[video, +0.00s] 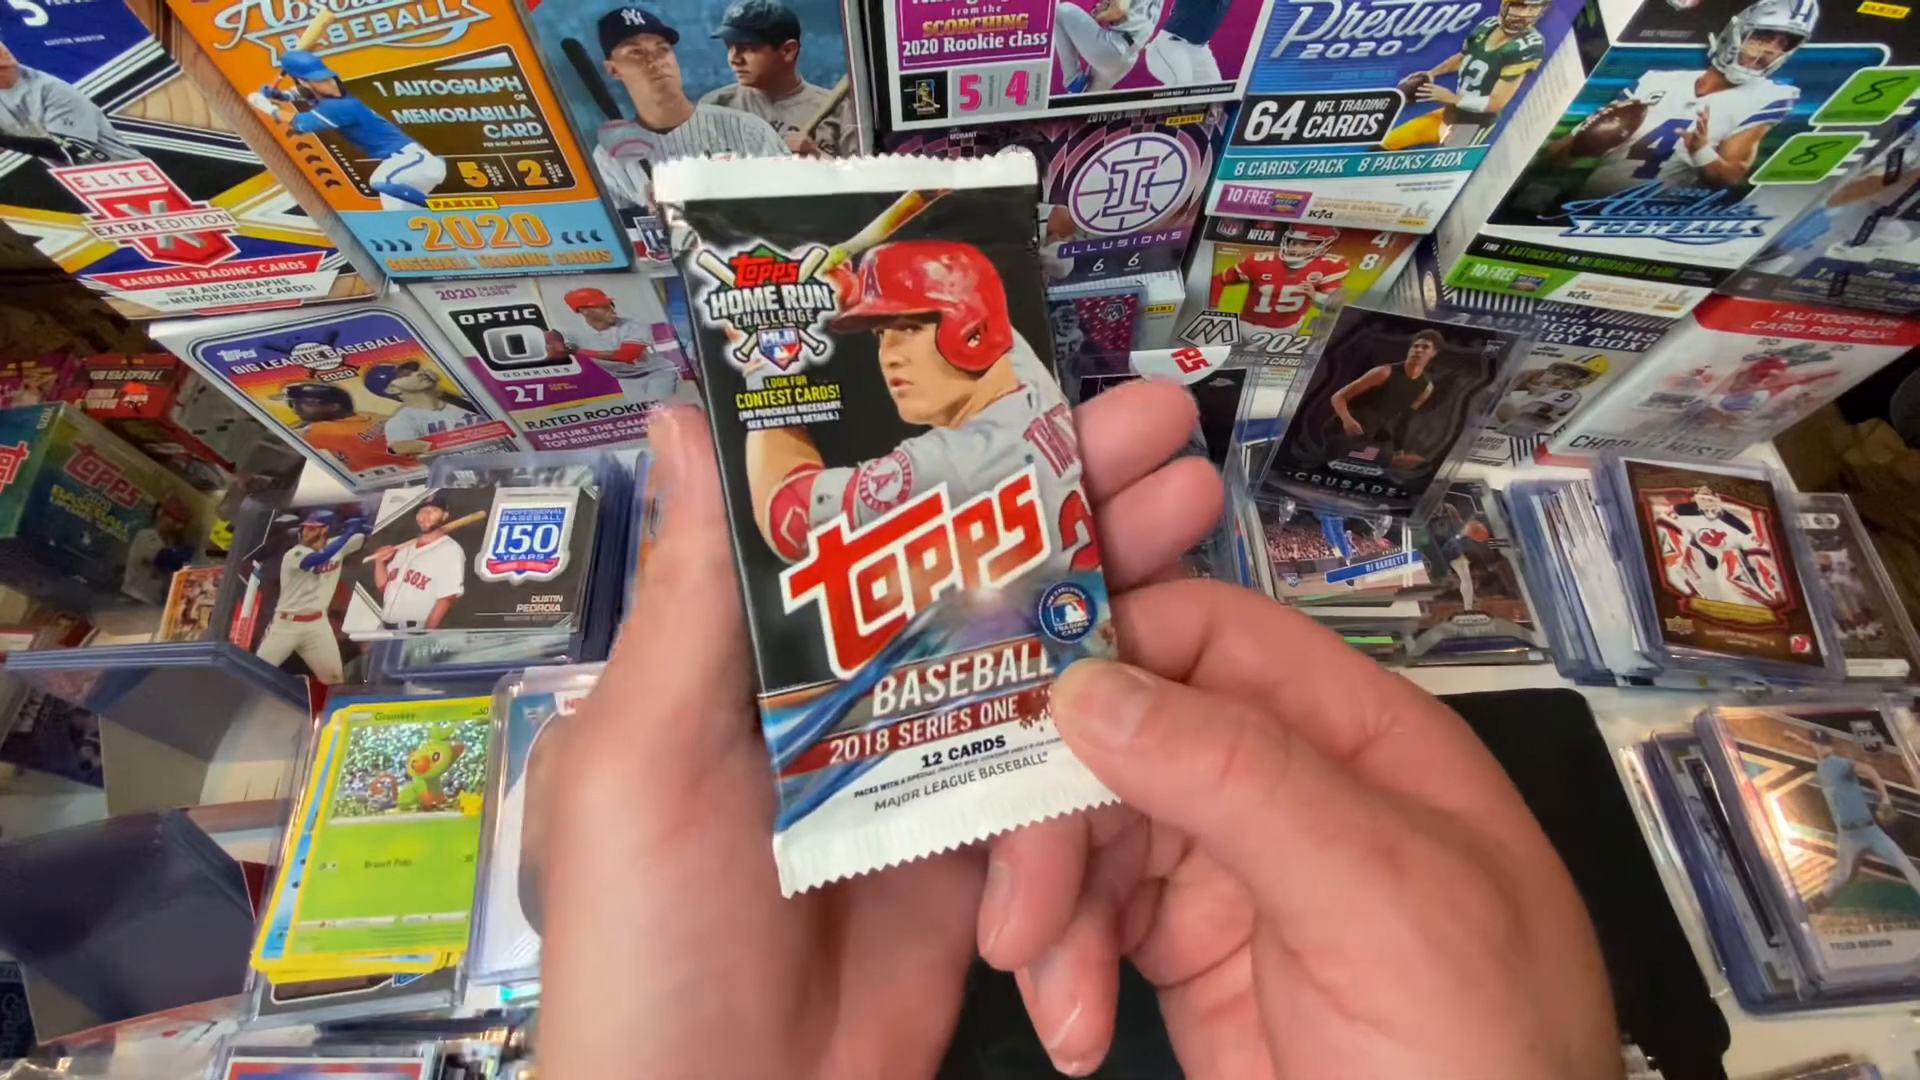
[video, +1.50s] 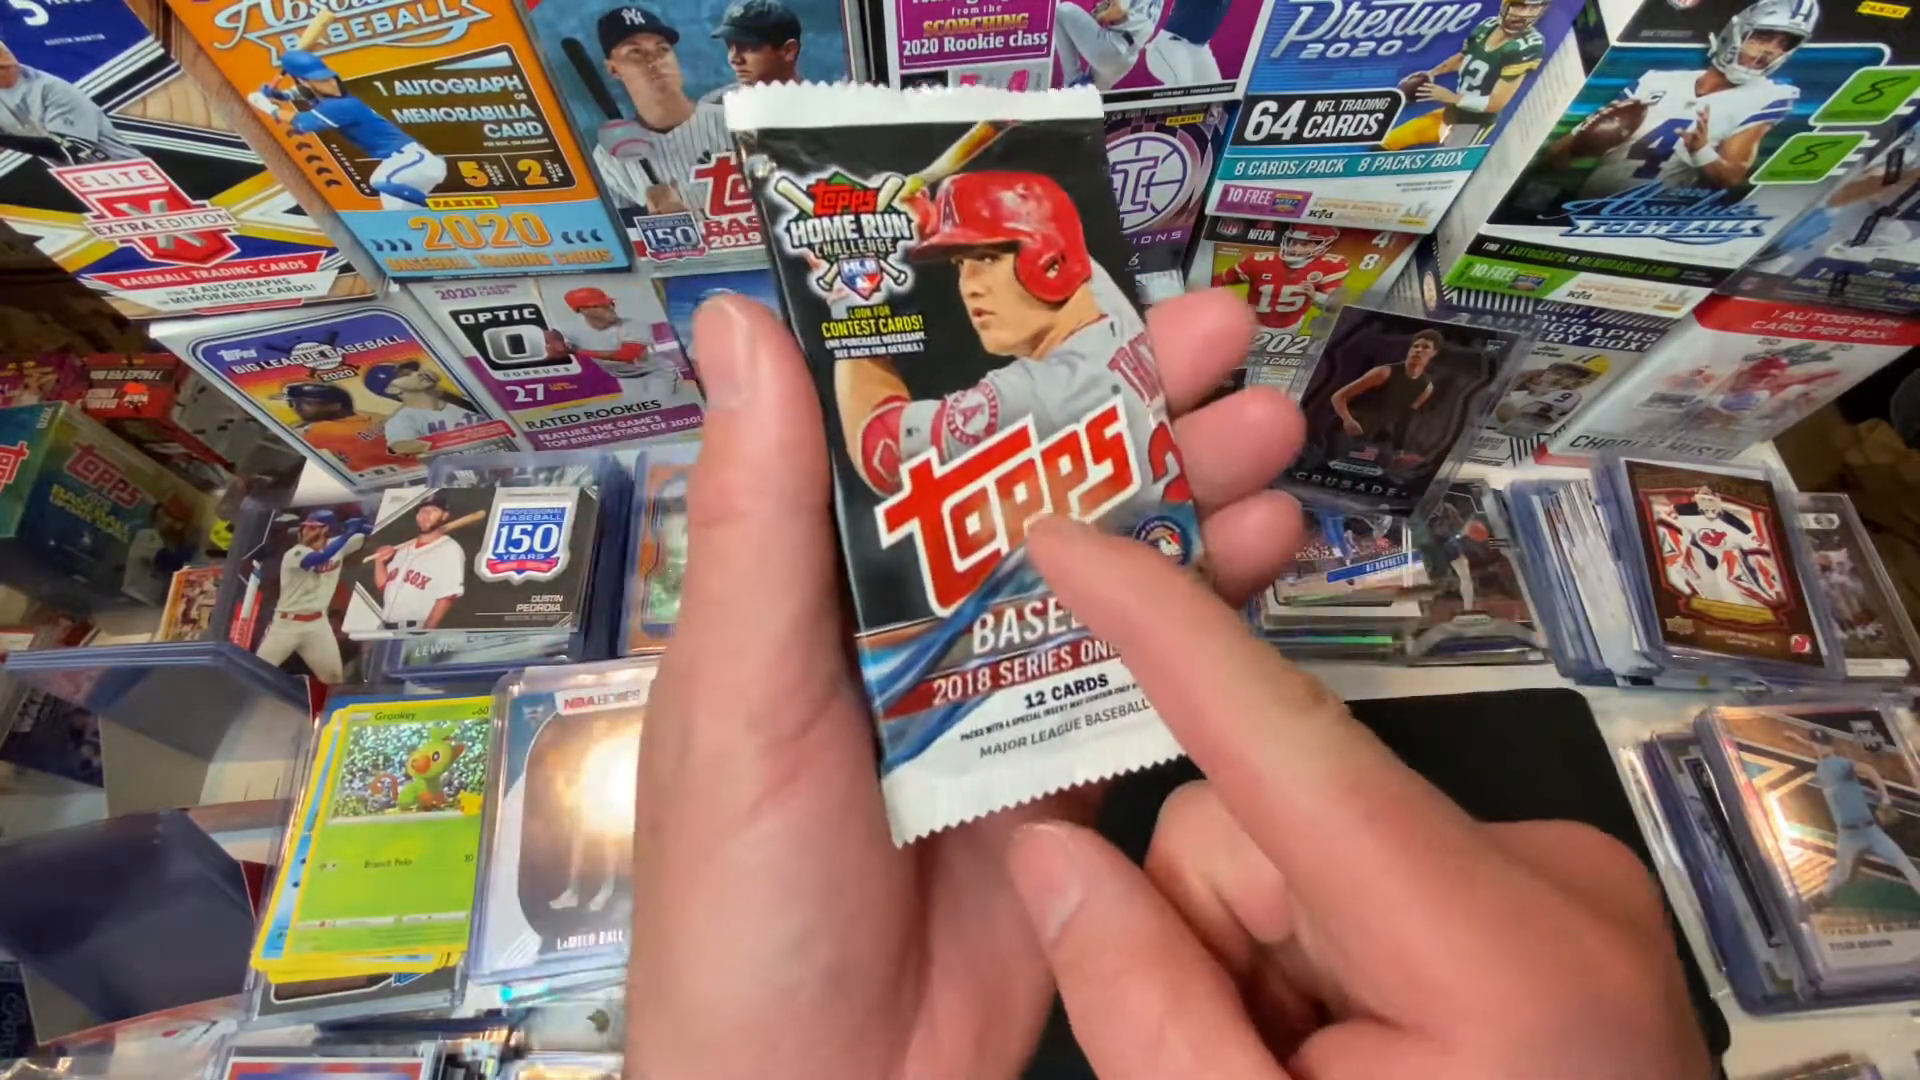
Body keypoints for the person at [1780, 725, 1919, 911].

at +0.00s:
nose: (1821, 749)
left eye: (1823, 744)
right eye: (1817, 745)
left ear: (1829, 744)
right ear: (1814, 747)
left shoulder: (1838, 764)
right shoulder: (1822, 768)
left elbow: (1869, 771)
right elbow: (1813, 746)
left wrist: (1884, 797)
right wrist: (1799, 739)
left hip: (1870, 829)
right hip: (1847, 834)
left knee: (1904, 864)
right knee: (1842, 875)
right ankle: (1823, 898)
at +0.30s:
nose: (1821, 750)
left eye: (1824, 745)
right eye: (1818, 746)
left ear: (1831, 745)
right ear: (1815, 748)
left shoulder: (1839, 764)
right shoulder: (1822, 767)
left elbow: (1869, 770)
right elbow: (1812, 747)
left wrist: (1885, 797)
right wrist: (1796, 738)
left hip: (1870, 829)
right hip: (1847, 834)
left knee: (1903, 862)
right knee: (1842, 874)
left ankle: (1919, 888)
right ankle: (1824, 896)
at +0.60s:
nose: (1822, 749)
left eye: (1825, 745)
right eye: (1818, 746)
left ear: (1831, 745)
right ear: (1815, 748)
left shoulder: (1839, 764)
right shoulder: (1823, 767)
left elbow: (1869, 770)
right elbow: (1811, 745)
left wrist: (1884, 797)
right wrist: (1796, 737)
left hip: (1870, 829)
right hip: (1847, 834)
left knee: (1903, 862)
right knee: (1842, 875)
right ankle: (1824, 896)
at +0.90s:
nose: (1822, 749)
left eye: (1824, 744)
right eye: (1818, 745)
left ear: (1830, 745)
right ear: (1814, 748)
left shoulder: (1840, 764)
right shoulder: (1822, 767)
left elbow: (1869, 770)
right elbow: (1811, 746)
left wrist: (1884, 797)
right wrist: (1796, 738)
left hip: (1871, 829)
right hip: (1847, 834)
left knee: (1903, 862)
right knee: (1842, 874)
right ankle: (1825, 896)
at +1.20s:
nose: (1822, 749)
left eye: (1825, 744)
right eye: (1819, 746)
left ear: (1831, 745)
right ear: (1814, 748)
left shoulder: (1840, 764)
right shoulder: (1822, 767)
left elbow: (1869, 770)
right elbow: (1812, 745)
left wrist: (1885, 797)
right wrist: (1796, 738)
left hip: (1871, 829)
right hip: (1847, 834)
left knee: (1903, 862)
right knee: (1842, 874)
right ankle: (1825, 896)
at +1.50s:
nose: (1823, 749)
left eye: (1825, 744)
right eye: (1819, 745)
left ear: (1831, 745)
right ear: (1814, 748)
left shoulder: (1839, 764)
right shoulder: (1823, 767)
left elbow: (1868, 770)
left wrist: (1884, 797)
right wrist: (1796, 738)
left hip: (1871, 829)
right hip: (1847, 834)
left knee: (1904, 863)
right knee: (1842, 875)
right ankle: (1825, 896)